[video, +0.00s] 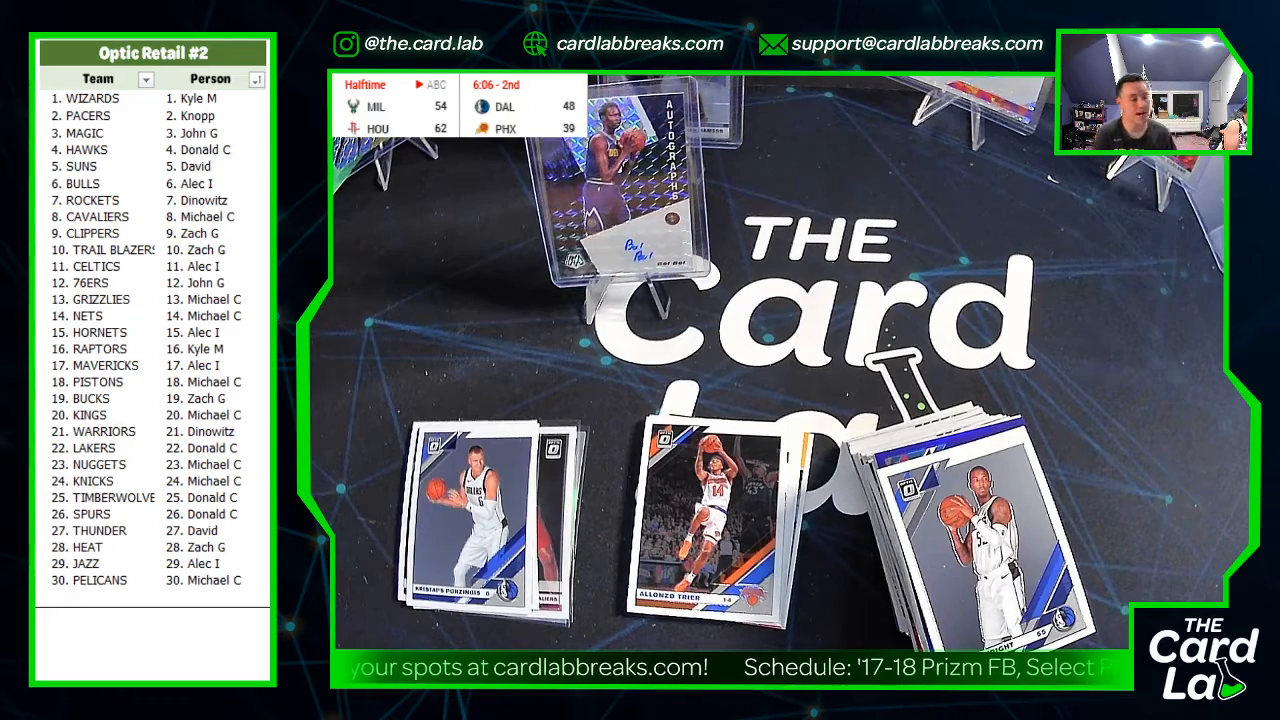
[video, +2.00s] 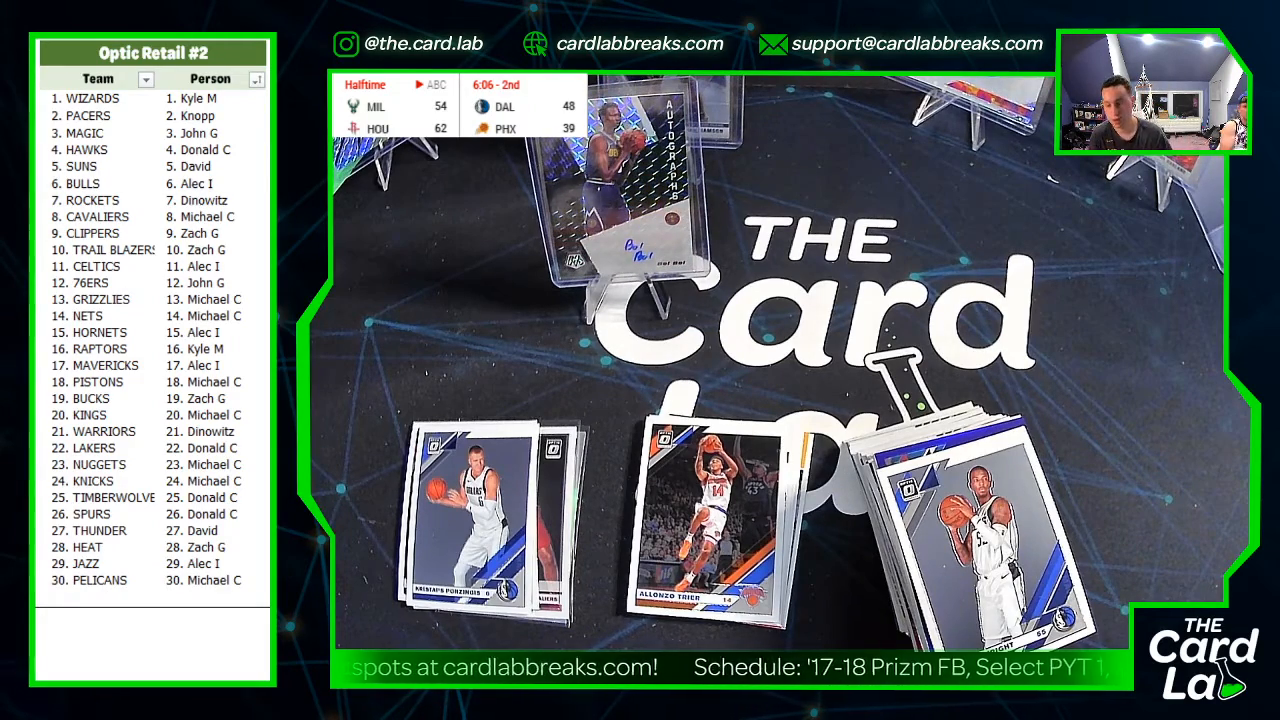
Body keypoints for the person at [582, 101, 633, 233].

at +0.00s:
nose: (618, 118)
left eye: (619, 114)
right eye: (613, 115)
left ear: (621, 116)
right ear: (603, 118)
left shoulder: (616, 141)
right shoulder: (598, 140)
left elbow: (622, 175)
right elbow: (606, 176)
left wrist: (633, 154)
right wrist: (624, 153)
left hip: (612, 189)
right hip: (596, 191)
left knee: (625, 229)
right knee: (598, 236)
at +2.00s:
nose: (618, 118)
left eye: (619, 115)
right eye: (614, 115)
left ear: (620, 116)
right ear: (604, 118)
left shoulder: (617, 141)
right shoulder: (598, 140)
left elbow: (620, 178)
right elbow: (607, 175)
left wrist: (633, 155)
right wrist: (624, 153)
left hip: (612, 189)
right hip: (596, 192)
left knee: (625, 231)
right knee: (598, 237)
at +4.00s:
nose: (617, 118)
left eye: (618, 114)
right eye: (612, 115)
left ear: (620, 117)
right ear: (603, 118)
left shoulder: (616, 140)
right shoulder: (598, 140)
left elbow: (622, 170)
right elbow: (606, 175)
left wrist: (632, 153)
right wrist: (624, 154)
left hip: (612, 187)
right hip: (598, 189)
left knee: (625, 219)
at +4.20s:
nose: (616, 118)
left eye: (617, 114)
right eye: (611, 115)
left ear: (620, 117)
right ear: (603, 118)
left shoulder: (616, 141)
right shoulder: (598, 140)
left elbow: (621, 176)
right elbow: (607, 176)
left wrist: (633, 154)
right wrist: (624, 153)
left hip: (611, 188)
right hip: (596, 191)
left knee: (623, 228)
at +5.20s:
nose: (616, 119)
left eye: (618, 115)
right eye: (612, 115)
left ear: (620, 118)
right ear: (602, 118)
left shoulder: (617, 142)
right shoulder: (598, 140)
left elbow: (619, 179)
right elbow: (606, 176)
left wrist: (632, 157)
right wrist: (624, 154)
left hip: (611, 189)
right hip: (597, 190)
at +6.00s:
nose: (618, 118)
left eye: (618, 115)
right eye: (614, 116)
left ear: (620, 117)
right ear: (603, 119)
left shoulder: (616, 141)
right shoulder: (598, 141)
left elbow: (621, 178)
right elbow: (606, 176)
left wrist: (631, 154)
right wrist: (623, 157)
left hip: (611, 188)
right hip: (595, 190)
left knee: (624, 227)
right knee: (599, 234)